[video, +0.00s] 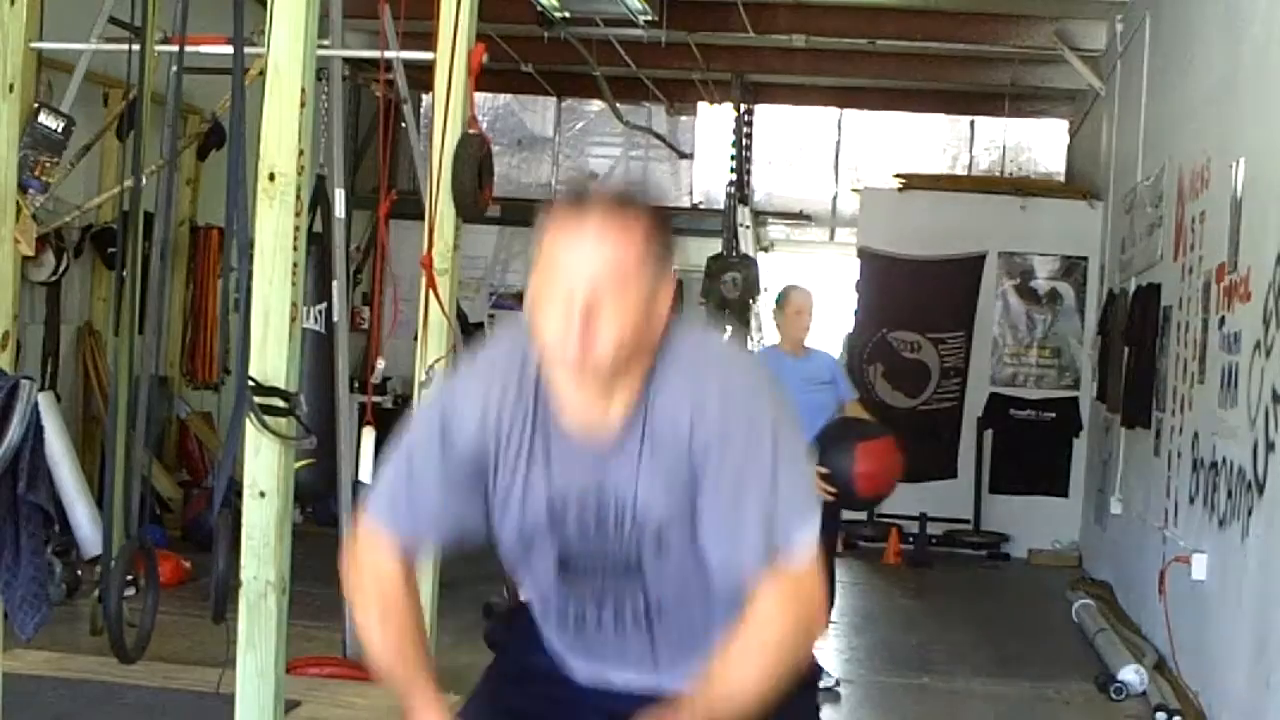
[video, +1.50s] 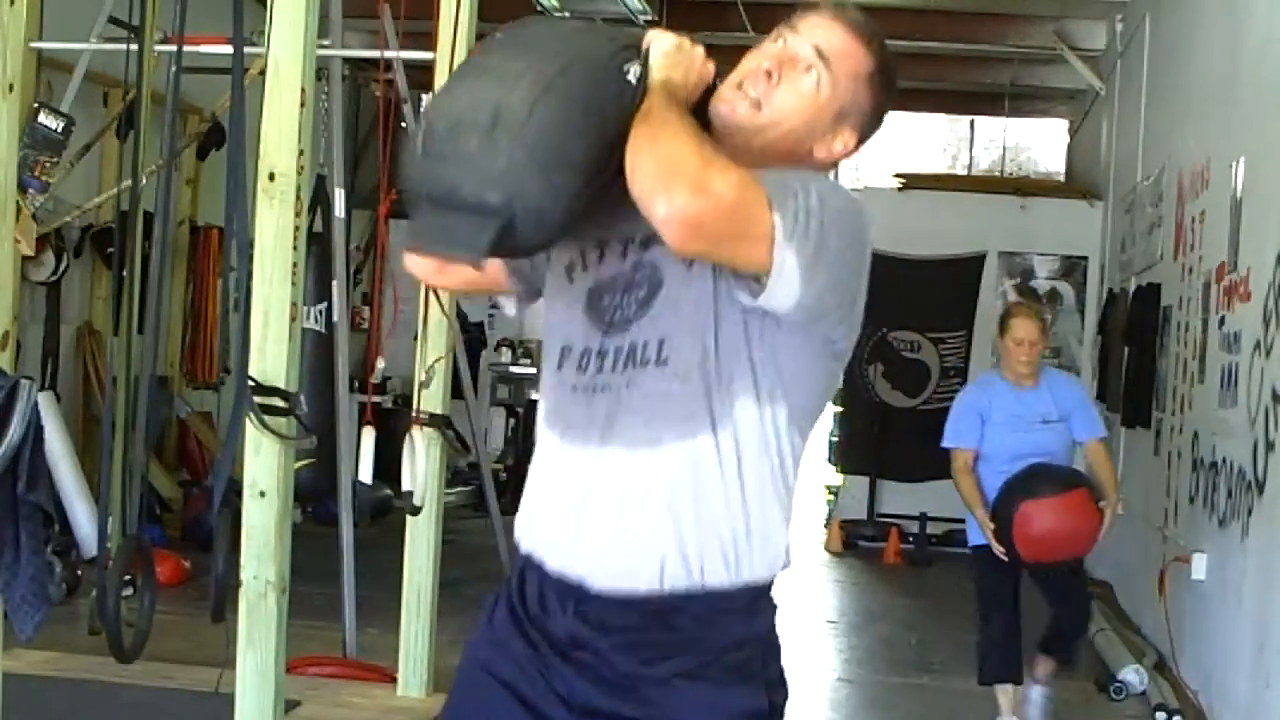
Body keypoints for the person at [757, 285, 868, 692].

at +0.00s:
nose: (805, 320)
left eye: (808, 313)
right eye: (797, 312)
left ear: (812, 317)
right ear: (778, 316)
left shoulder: (827, 365)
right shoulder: (759, 365)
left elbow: (854, 411)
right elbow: (753, 431)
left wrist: (873, 450)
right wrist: (797, 469)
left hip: (821, 477)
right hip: (773, 477)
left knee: (818, 566)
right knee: (777, 564)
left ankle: (806, 653)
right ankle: (777, 657)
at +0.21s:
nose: (841, 336)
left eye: (844, 327)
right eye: (832, 329)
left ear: (852, 329)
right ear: (817, 333)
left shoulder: (866, 366)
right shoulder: (804, 372)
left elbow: (889, 417)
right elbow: (795, 433)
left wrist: (914, 450)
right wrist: (830, 471)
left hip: (857, 491)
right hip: (814, 494)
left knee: (836, 577)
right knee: (836, 576)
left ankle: (806, 651)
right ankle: (851, 663)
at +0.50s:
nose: (883, 317)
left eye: (889, 310)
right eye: (874, 310)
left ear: (899, 317)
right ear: (859, 317)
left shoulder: (915, 368)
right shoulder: (850, 366)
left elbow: (937, 422)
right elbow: (841, 436)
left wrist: (958, 464)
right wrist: (882, 476)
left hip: (906, 496)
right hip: (858, 502)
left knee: (922, 579)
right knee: (872, 589)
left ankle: (885, 645)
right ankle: (870, 674)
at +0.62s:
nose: (907, 316)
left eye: (912, 308)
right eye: (897, 309)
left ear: (922, 315)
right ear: (878, 317)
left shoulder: (936, 369)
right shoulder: (864, 369)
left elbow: (956, 424)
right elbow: (859, 435)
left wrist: (975, 468)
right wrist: (901, 477)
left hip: (928, 499)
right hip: (875, 505)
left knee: (942, 583)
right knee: (880, 592)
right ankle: (873, 680)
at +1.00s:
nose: (979, 329)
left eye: (985, 322)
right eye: (970, 322)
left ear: (991, 325)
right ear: (949, 325)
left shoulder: (1008, 374)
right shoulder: (927, 377)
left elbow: (1035, 433)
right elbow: (919, 447)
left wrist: (1053, 478)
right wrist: (953, 492)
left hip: (996, 514)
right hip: (941, 513)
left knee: (992, 603)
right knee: (950, 603)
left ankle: (981, 698)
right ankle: (925, 675)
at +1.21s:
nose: (1003, 336)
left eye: (1010, 329)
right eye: (994, 328)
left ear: (1018, 332)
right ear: (975, 329)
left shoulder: (1038, 379)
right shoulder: (949, 383)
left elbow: (1064, 441)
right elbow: (937, 453)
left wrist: (1085, 484)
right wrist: (964, 500)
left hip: (1023, 519)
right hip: (967, 519)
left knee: (1010, 609)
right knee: (989, 609)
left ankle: (983, 698)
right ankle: (999, 703)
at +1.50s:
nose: (1027, 351)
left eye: (1034, 343)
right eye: (1018, 342)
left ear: (1044, 344)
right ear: (1000, 344)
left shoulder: (1068, 389)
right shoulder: (977, 395)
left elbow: (1094, 448)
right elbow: (961, 465)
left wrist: (1111, 495)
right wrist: (981, 515)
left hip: (1052, 526)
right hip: (993, 527)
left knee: (1073, 609)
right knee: (999, 618)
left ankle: (1039, 678)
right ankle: (1006, 710)